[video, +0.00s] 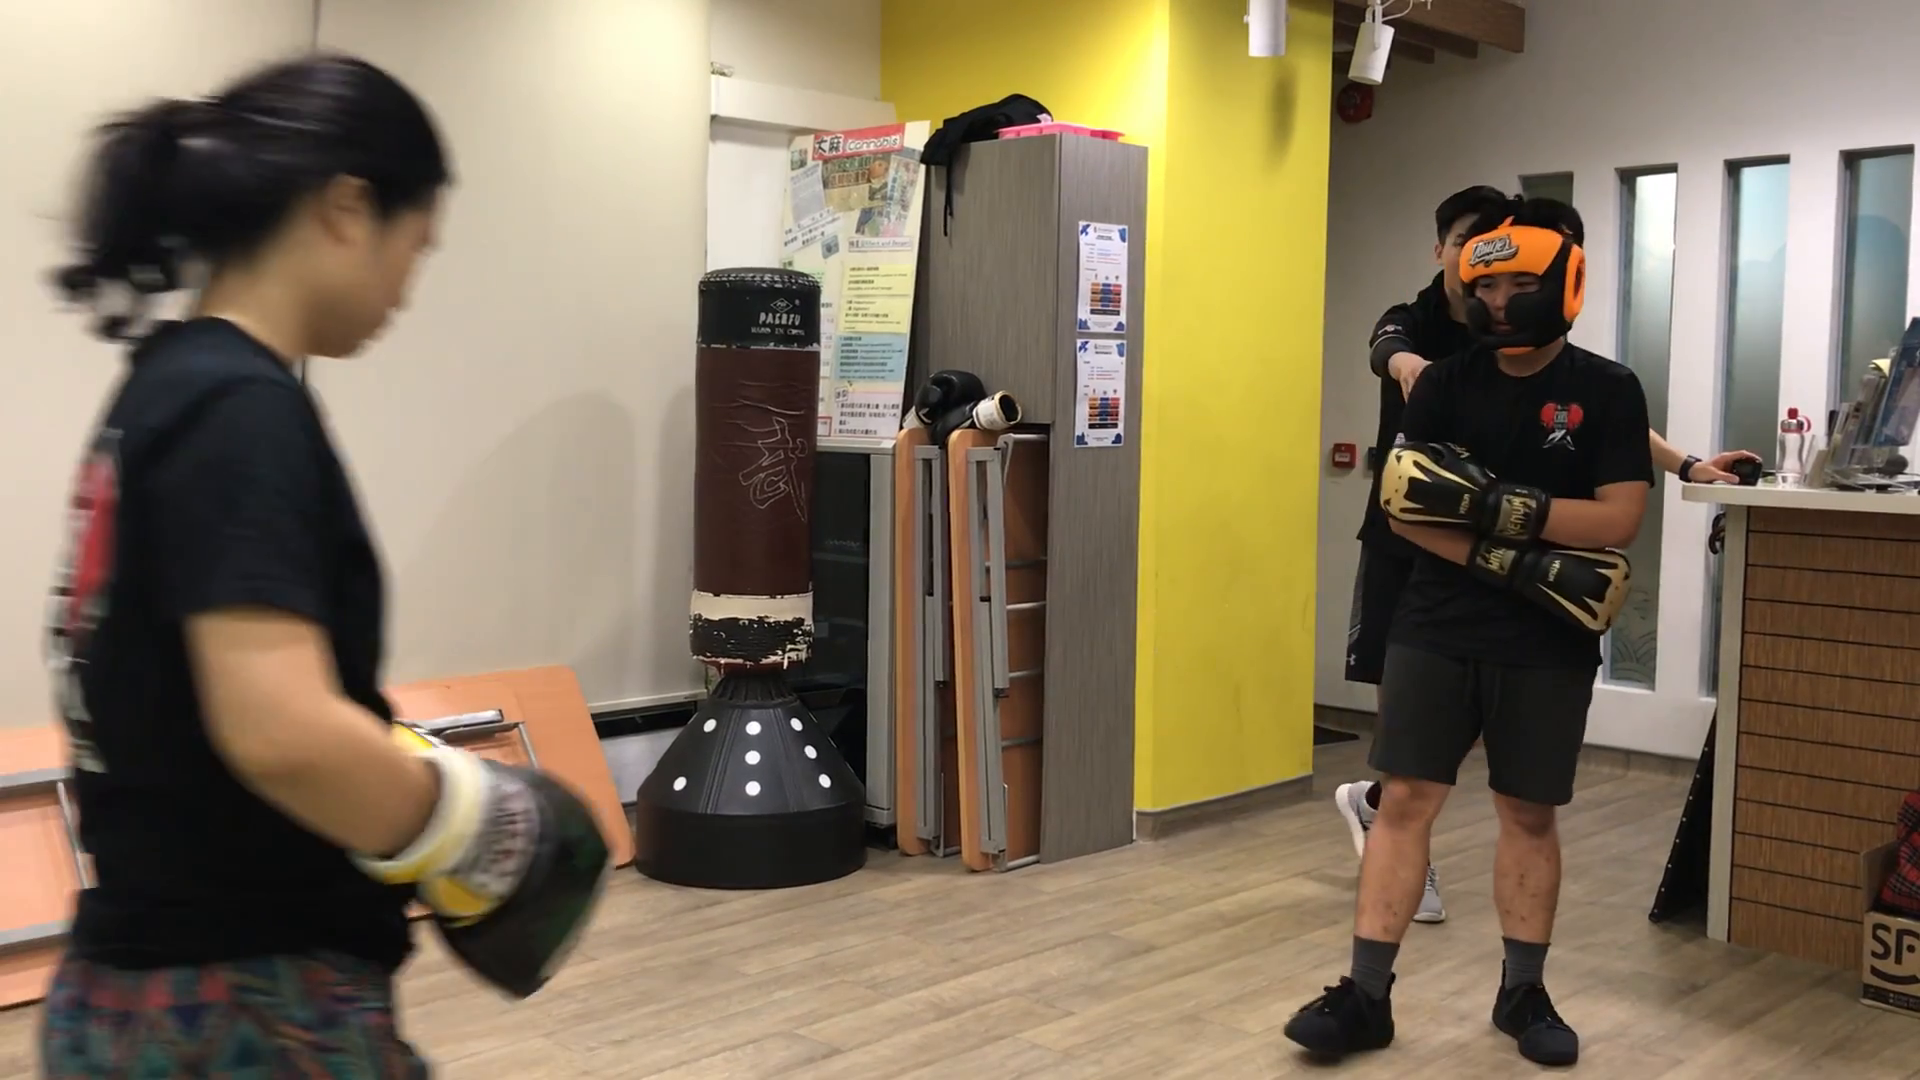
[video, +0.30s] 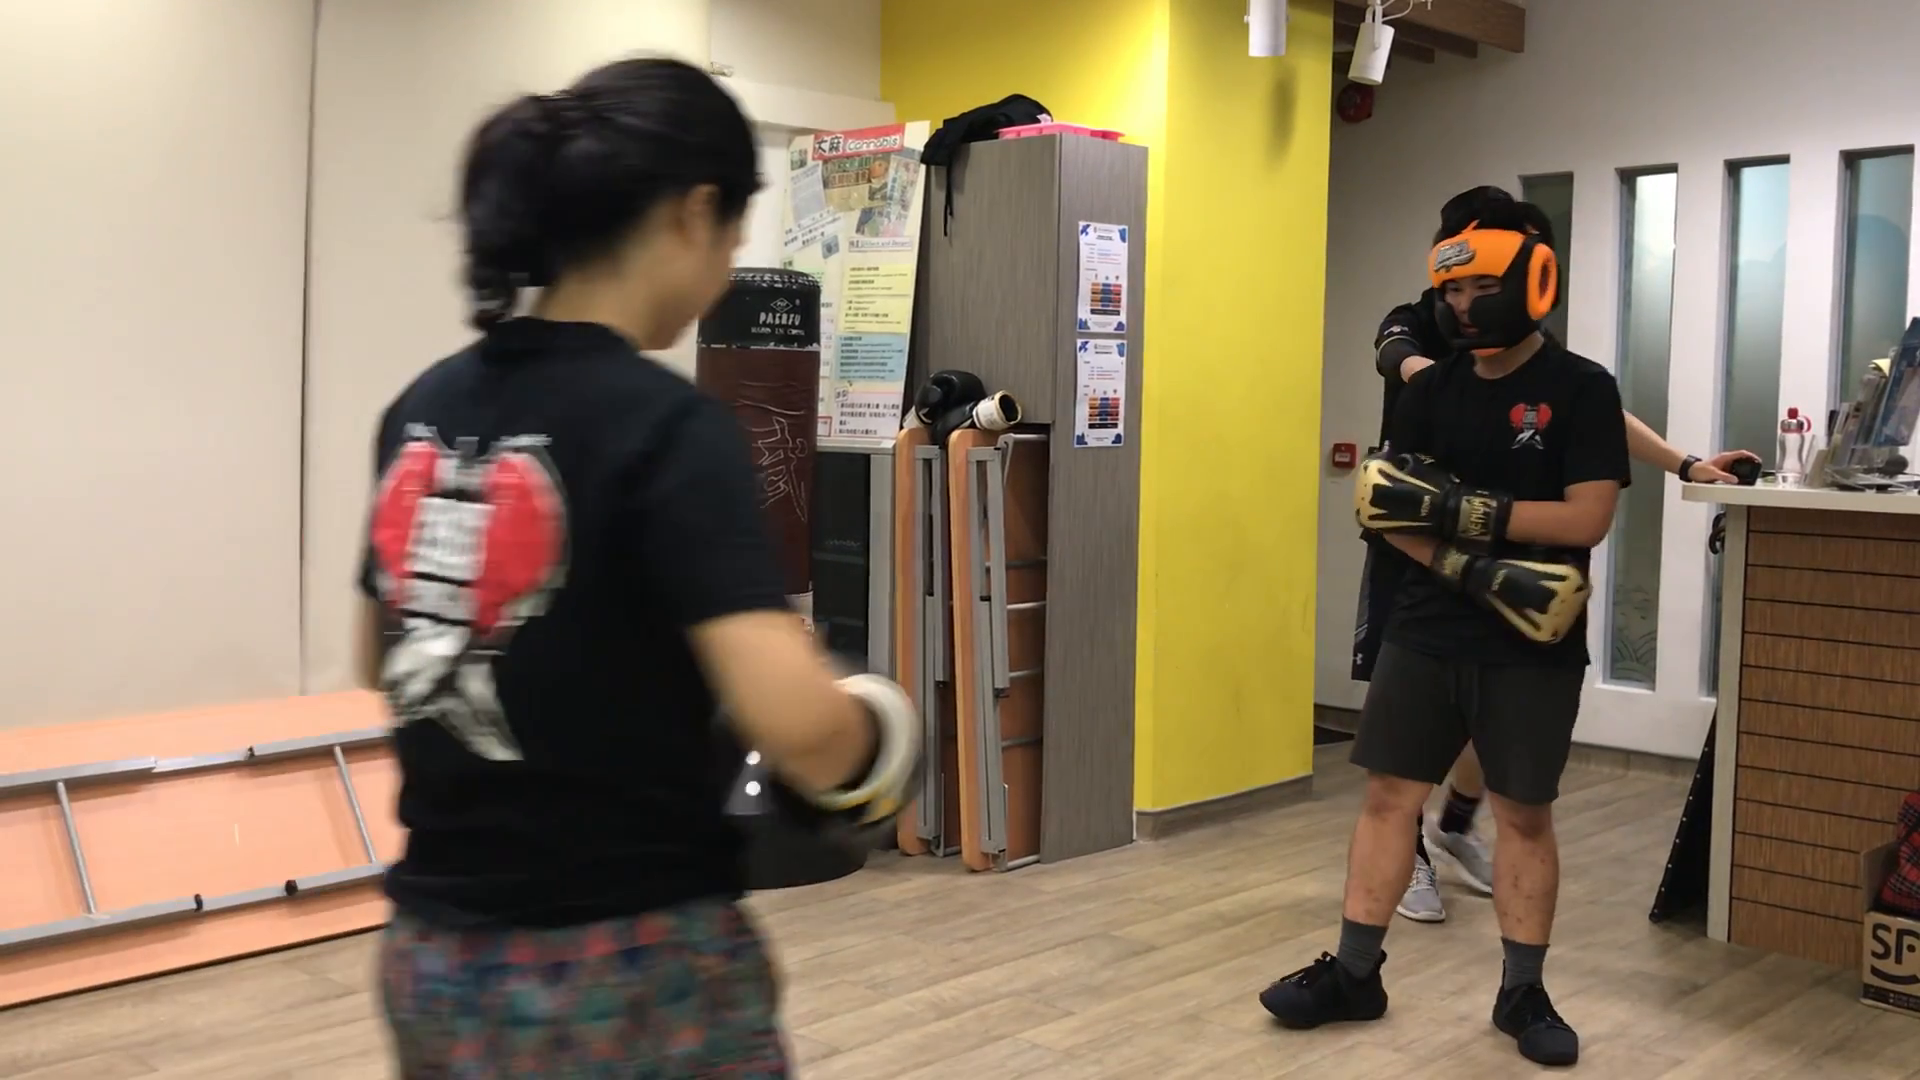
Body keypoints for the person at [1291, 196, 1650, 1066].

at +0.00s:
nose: (1497, 302)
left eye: (1516, 284)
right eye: (1484, 287)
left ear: (1562, 287)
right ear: (1465, 297)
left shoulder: (1608, 390)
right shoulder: (1445, 383)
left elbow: (1620, 519)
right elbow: (1404, 507)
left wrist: (1495, 507)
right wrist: (1530, 566)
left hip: (1545, 641)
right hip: (1436, 628)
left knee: (1529, 812)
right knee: (1404, 798)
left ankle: (1523, 994)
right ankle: (1365, 994)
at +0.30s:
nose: (1465, 303)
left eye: (1483, 284)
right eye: (1452, 288)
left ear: (1534, 282)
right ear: (1438, 296)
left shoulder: (1582, 388)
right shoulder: (1430, 387)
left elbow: (1589, 519)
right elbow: (1387, 508)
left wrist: (1469, 514)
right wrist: (1477, 572)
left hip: (1533, 641)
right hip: (1427, 627)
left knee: (1524, 816)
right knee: (1389, 792)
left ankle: (1523, 990)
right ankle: (1355, 970)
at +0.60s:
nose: (1371, 305)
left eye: (1388, 286)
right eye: (1361, 291)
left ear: (1442, 283)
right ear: (1353, 298)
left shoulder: (1494, 390)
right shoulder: (1358, 396)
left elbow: (1521, 517)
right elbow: (1323, 515)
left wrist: (1402, 534)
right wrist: (1340, 577)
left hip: (1472, 638)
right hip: (1371, 630)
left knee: (1489, 817)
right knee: (1369, 797)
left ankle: (1520, 991)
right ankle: (1353, 972)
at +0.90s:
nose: (1300, 310)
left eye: (1316, 291)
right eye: (1287, 297)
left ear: (1370, 286)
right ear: (1277, 303)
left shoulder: (1420, 384)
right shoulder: (1290, 398)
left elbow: (1459, 509)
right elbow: (1253, 506)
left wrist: (1346, 519)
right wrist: (1227, 560)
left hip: (1413, 620)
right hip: (1323, 622)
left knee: (1413, 796)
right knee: (1339, 791)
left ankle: (1467, 978)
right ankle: (1350, 972)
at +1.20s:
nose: (1262, 318)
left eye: (1276, 298)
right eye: (1253, 303)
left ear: (1331, 290)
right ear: (1248, 304)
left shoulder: (1389, 386)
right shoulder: (1254, 387)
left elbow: (1392, 510)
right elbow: (1198, 500)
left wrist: (1327, 427)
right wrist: (1150, 436)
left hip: (1369, 623)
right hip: (1288, 622)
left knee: (1333, 806)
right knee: (1314, 804)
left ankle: (1304, 1006)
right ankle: (1352, 967)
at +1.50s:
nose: (1274, 291)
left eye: (1293, 271)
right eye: (1262, 276)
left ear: (1334, 279)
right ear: (1242, 285)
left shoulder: (1375, 385)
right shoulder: (1235, 377)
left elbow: (1309, 478)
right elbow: (1178, 453)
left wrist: (1297, 361)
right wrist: (1174, 339)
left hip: (1322, 637)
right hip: (1235, 628)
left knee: (1299, 822)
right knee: (1248, 803)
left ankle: (1282, 1027)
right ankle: (1338, 952)